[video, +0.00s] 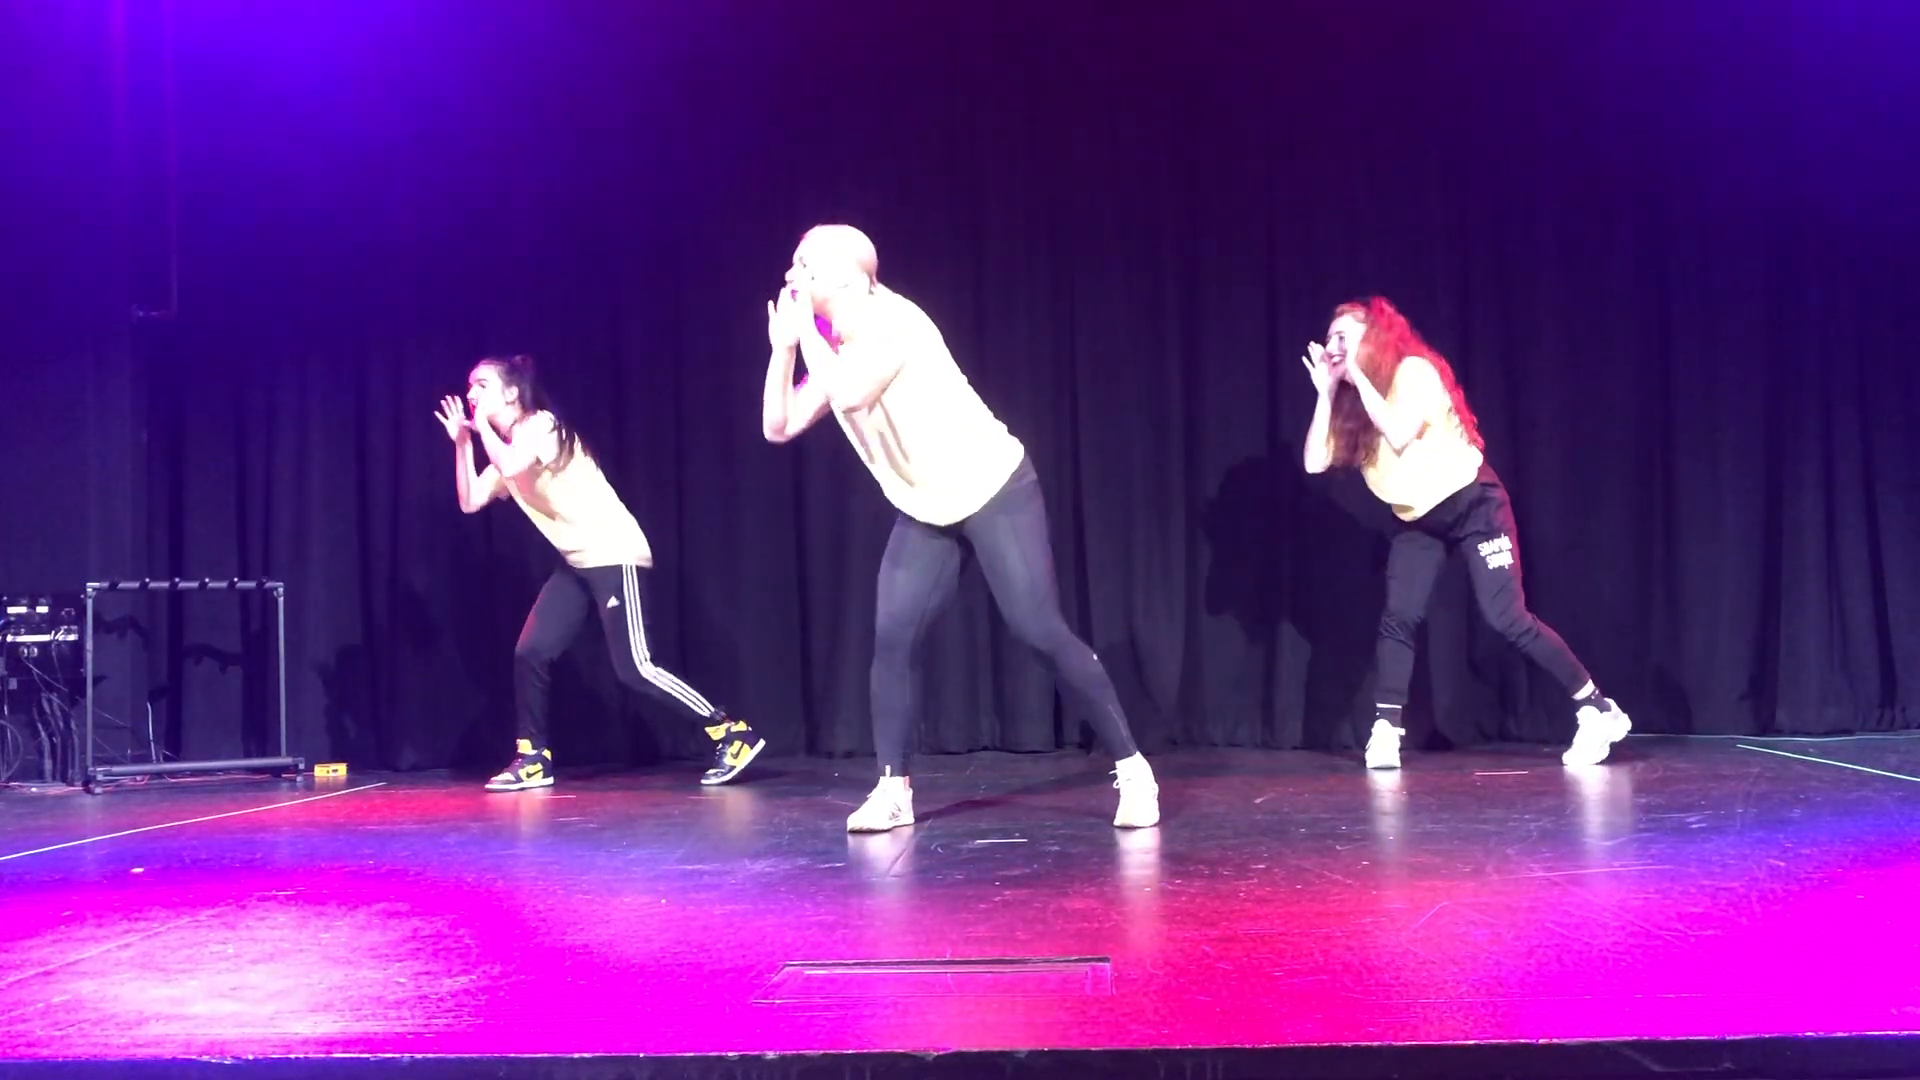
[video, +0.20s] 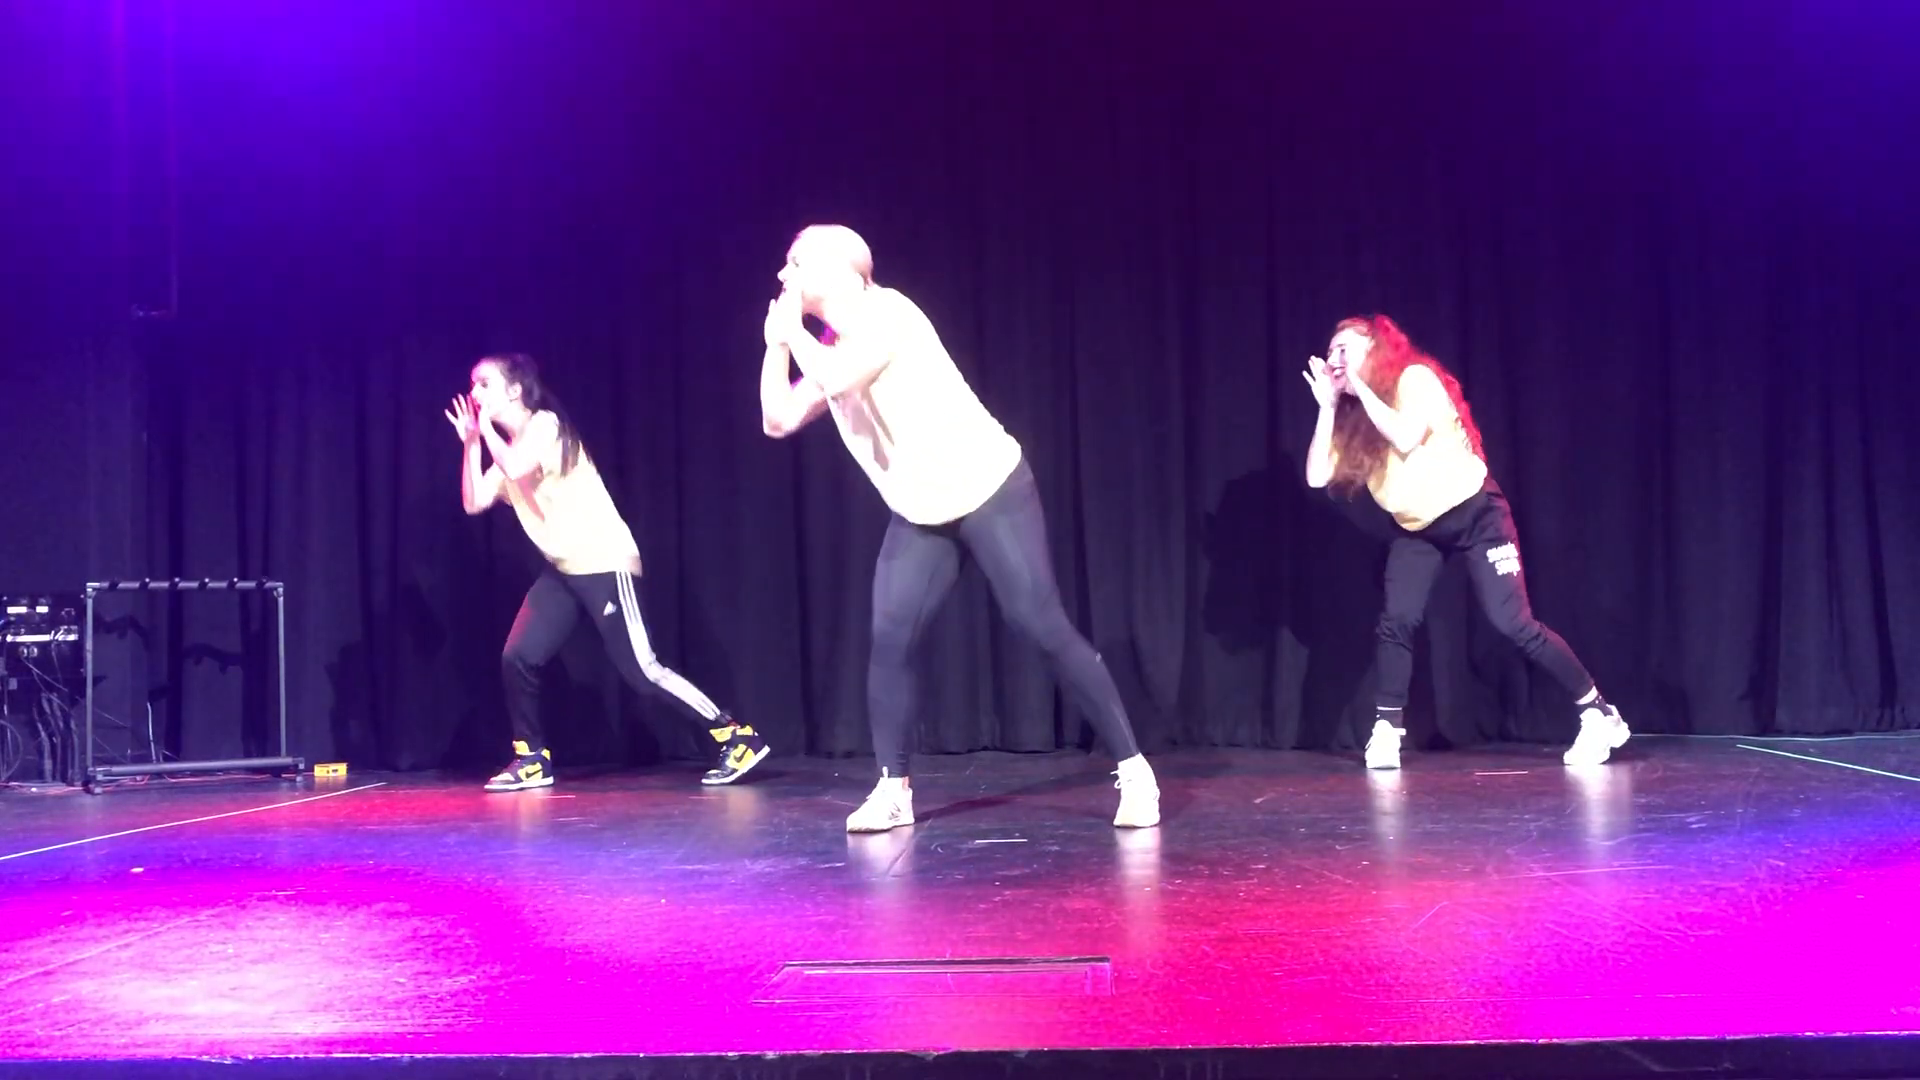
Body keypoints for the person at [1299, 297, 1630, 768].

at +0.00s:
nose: (1333, 347)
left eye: (1342, 337)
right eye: (1330, 339)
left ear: (1376, 338)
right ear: (1329, 347)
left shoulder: (1415, 370)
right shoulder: (1350, 400)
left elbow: (1400, 432)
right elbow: (1315, 462)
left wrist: (1355, 377)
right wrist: (1324, 393)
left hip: (1474, 506)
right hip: (1418, 522)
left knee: (1507, 616)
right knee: (1399, 618)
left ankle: (1599, 710)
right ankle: (1387, 730)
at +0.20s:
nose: (1334, 359)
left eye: (1344, 348)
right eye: (1332, 353)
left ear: (1377, 348)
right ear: (1329, 362)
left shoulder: (1415, 379)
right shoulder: (1350, 413)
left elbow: (1406, 437)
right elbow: (1317, 477)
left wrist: (1357, 388)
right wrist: (1326, 407)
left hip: (1476, 515)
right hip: (1417, 531)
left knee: (1513, 623)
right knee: (1396, 623)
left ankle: (1601, 716)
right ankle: (1387, 732)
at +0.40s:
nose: (1352, 384)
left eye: (1361, 371)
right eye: (1344, 375)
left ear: (1389, 367)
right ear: (1338, 381)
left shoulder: (1429, 392)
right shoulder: (1360, 427)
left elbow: (1445, 456)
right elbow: (1335, 497)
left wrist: (1381, 416)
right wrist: (1339, 431)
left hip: (1491, 509)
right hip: (1426, 525)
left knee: (1529, 609)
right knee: (1407, 620)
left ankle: (1581, 718)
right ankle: (1389, 729)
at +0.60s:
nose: (1406, 427)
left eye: (1415, 414)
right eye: (1395, 418)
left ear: (1441, 411)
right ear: (1383, 423)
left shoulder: (1479, 436)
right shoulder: (1385, 453)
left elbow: (1505, 510)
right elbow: (1368, 532)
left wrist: (1443, 461)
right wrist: (1390, 469)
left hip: (1493, 532)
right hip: (1428, 538)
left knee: (1528, 615)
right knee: (1405, 623)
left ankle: (1573, 724)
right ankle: (1387, 730)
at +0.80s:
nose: (1496, 431)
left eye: (1505, 420)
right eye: (1485, 420)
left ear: (1522, 420)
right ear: (1462, 423)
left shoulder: (1536, 448)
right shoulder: (1436, 457)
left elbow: (1566, 522)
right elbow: (1425, 530)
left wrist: (1530, 467)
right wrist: (1467, 473)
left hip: (1498, 536)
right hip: (1434, 537)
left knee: (1535, 619)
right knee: (1412, 618)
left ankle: (1574, 727)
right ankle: (1386, 730)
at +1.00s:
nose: (1570, 420)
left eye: (1577, 410)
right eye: (1561, 408)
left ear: (1589, 412)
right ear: (1536, 409)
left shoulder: (1575, 455)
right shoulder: (1495, 442)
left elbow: (1606, 516)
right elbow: (1488, 517)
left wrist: (1591, 461)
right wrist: (1543, 457)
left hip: (1494, 536)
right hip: (1431, 520)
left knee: (1537, 620)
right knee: (1421, 612)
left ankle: (1575, 727)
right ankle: (1386, 730)